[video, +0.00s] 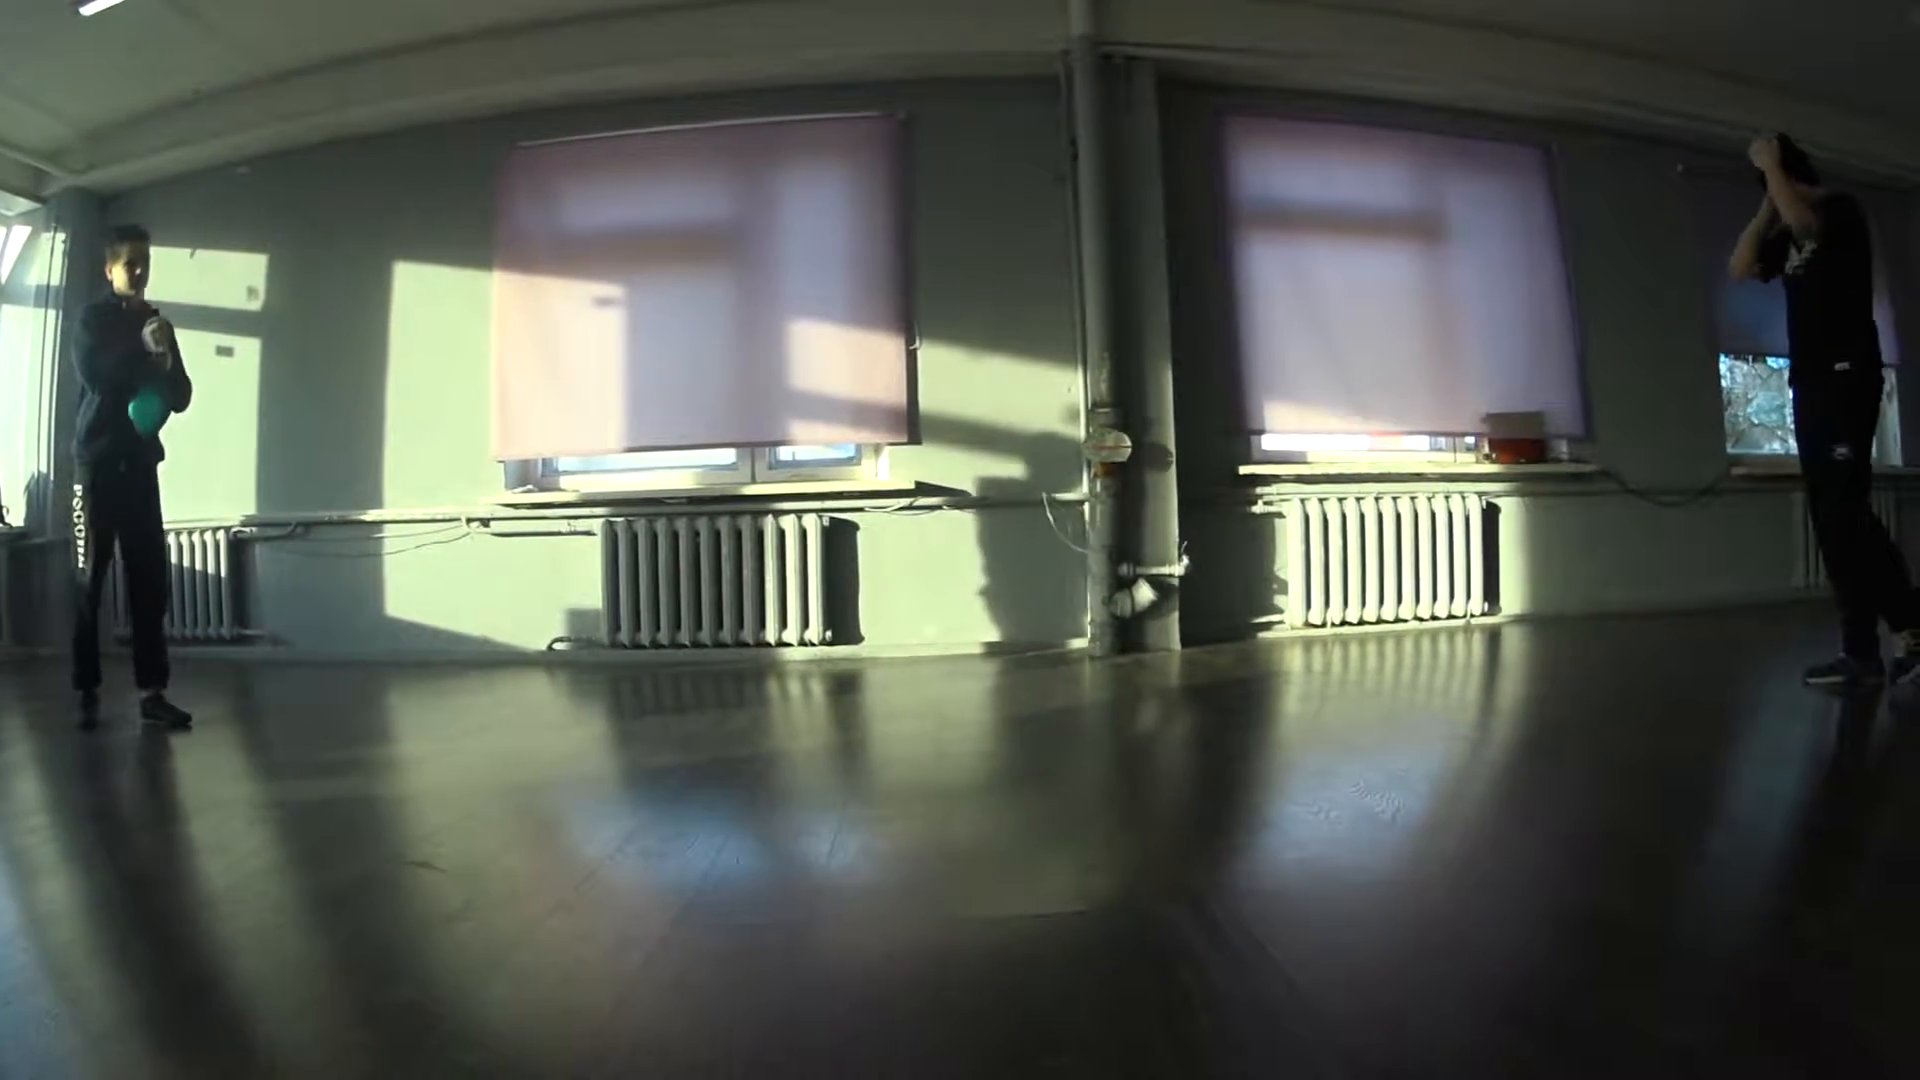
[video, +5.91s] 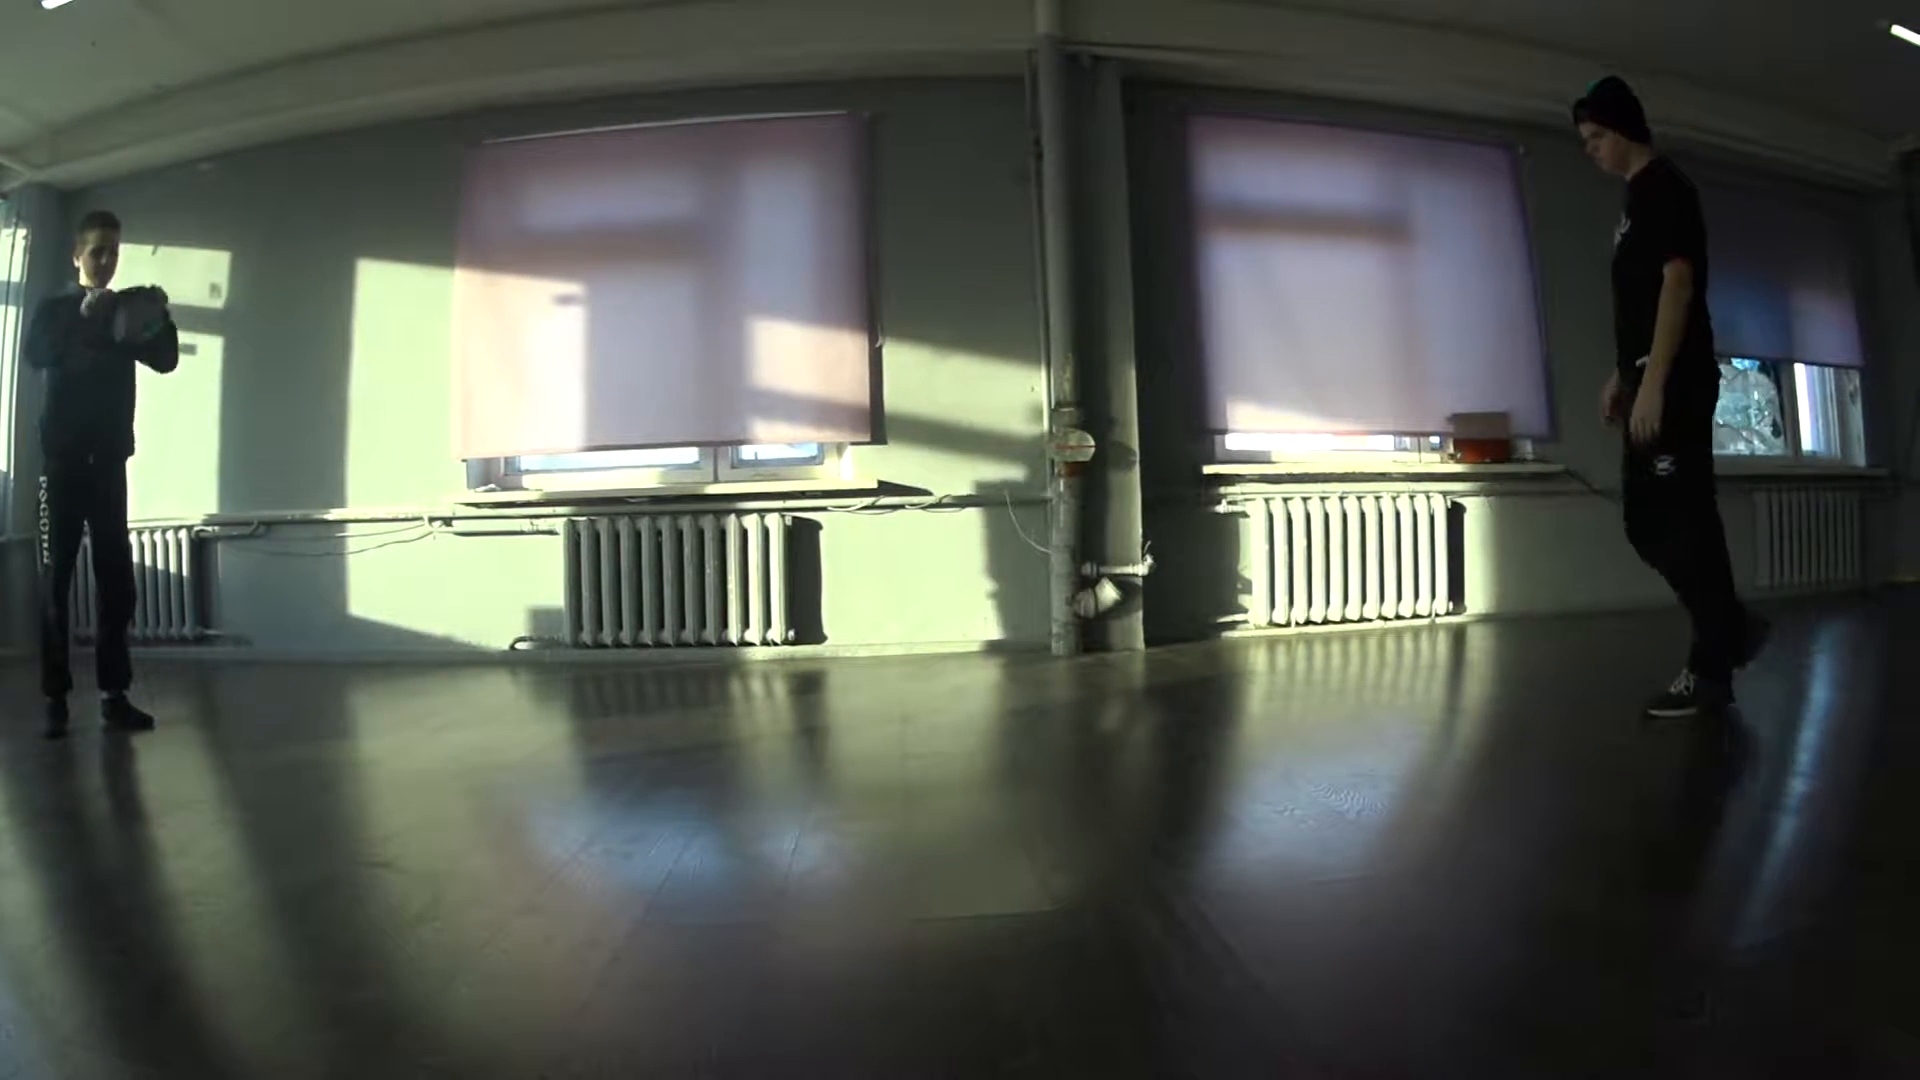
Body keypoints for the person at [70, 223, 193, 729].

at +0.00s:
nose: (137, 272)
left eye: (142, 264)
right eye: (128, 264)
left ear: (148, 268)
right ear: (108, 267)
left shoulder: (157, 324)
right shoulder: (91, 318)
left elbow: (181, 398)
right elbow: (99, 375)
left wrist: (164, 357)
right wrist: (149, 350)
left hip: (141, 460)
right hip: (97, 459)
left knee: (149, 575)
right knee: (91, 574)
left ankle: (152, 694)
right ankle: (87, 692)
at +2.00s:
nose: (122, 263)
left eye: (129, 254)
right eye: (114, 254)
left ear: (137, 256)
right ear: (93, 256)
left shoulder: (144, 315)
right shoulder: (71, 312)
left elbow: (161, 391)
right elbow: (49, 389)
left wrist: (149, 392)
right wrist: (96, 387)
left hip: (129, 456)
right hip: (84, 456)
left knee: (137, 575)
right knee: (78, 575)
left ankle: (132, 693)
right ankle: (73, 697)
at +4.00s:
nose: (117, 262)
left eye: (123, 253)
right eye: (109, 252)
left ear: (130, 257)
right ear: (86, 253)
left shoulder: (131, 318)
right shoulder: (62, 310)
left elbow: (145, 398)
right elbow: (39, 391)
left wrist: (143, 394)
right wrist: (85, 380)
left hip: (119, 454)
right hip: (74, 454)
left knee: (127, 576)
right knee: (68, 576)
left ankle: (123, 696)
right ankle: (64, 698)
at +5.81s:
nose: (105, 259)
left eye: (112, 251)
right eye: (97, 250)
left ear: (119, 255)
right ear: (77, 253)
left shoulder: (131, 316)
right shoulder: (52, 310)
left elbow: (160, 379)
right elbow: (30, 370)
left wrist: (150, 343)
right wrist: (81, 344)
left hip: (109, 462)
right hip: (61, 461)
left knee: (117, 578)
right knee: (56, 580)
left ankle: (115, 696)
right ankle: (56, 699)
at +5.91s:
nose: (106, 260)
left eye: (112, 252)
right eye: (98, 251)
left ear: (118, 256)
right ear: (77, 254)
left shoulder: (129, 311)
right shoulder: (55, 308)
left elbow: (166, 361)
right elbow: (36, 356)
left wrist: (157, 313)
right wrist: (86, 314)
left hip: (109, 460)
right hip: (61, 459)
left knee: (117, 579)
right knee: (56, 580)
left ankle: (115, 696)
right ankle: (56, 700)